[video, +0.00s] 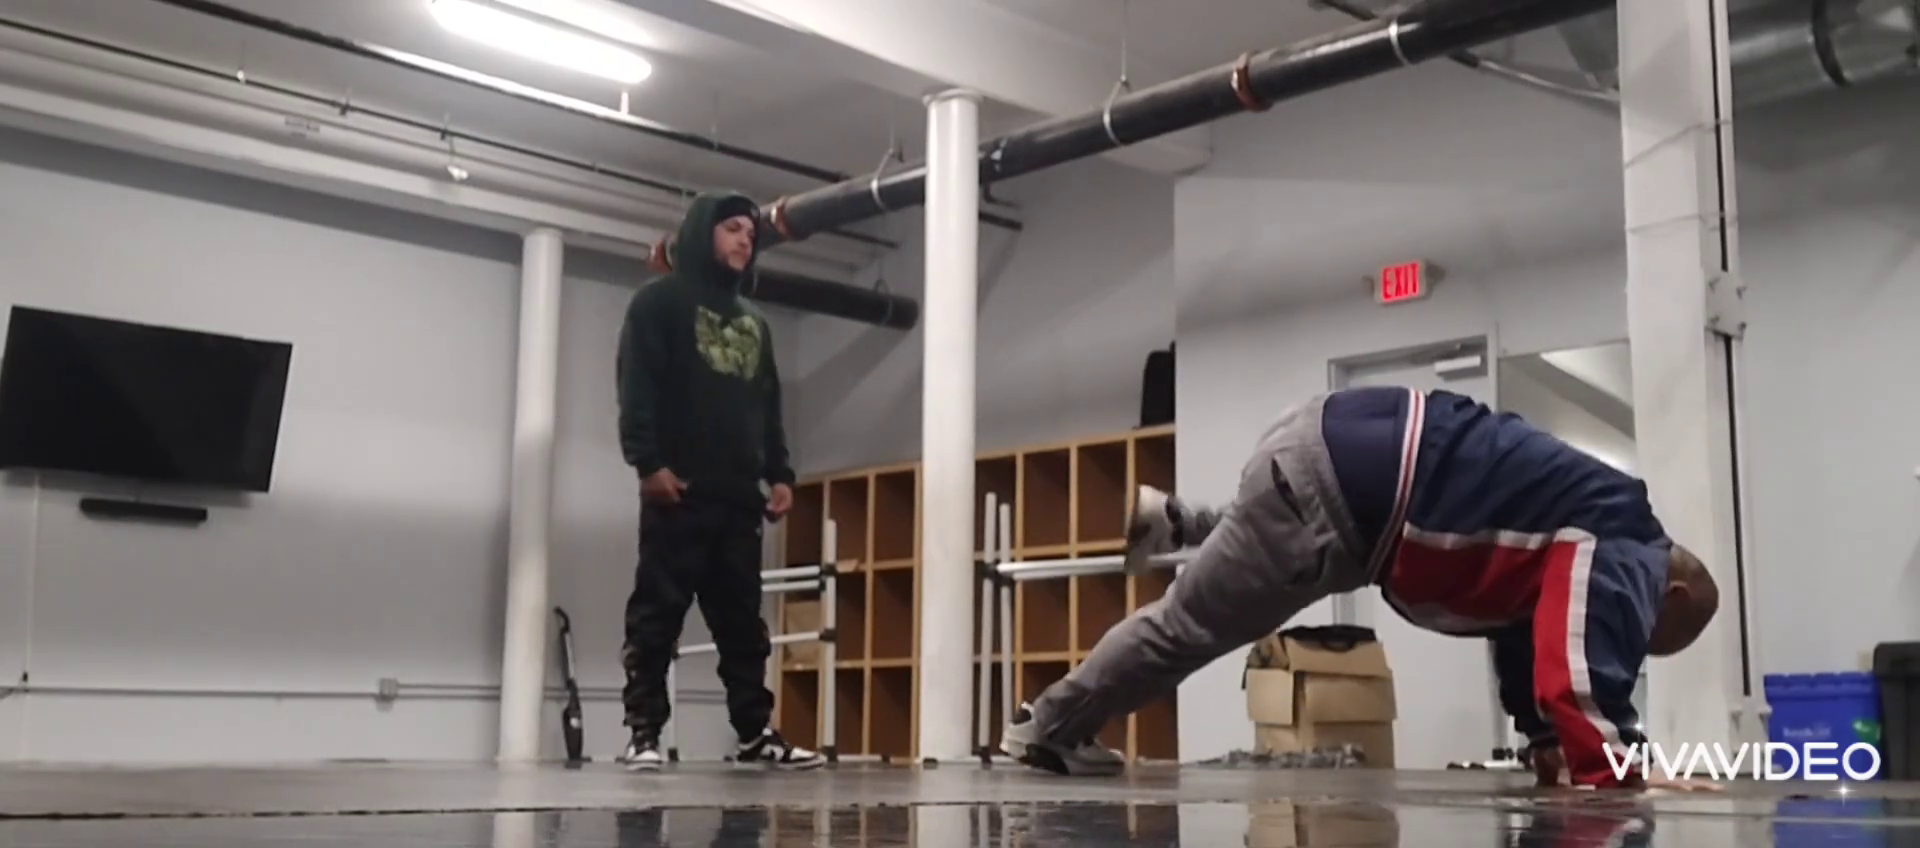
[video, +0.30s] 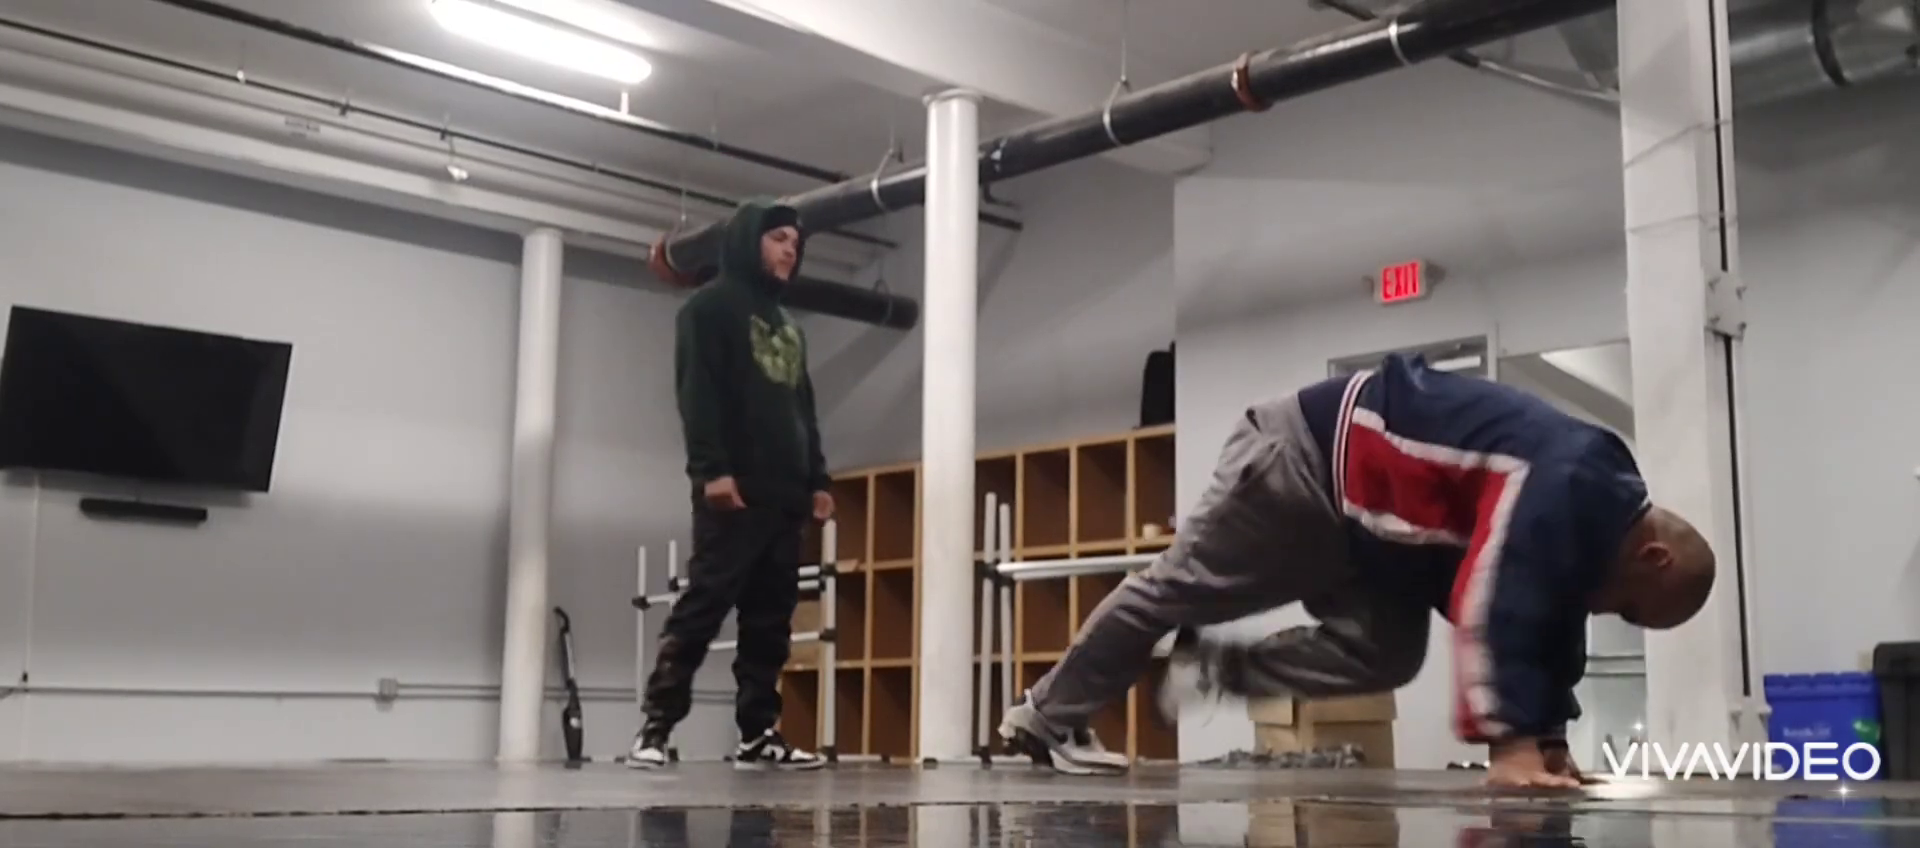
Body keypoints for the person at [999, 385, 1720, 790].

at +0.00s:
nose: (1645, 648)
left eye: (1659, 642)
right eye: (1661, 640)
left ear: (1660, 569)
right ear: (1670, 594)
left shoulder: (1582, 529)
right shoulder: (1627, 550)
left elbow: (1528, 658)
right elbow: (1577, 677)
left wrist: (1554, 752)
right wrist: (1620, 769)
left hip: (1327, 440)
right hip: (1336, 488)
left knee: (1275, 559)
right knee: (1184, 627)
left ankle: (1172, 528)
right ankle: (1051, 727)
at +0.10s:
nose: (1638, 626)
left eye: (1651, 624)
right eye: (1653, 617)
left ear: (1653, 565)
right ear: (1666, 571)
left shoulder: (1585, 540)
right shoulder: (1609, 524)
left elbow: (1539, 661)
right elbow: (1584, 666)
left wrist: (1557, 751)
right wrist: (1623, 763)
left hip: (1377, 533)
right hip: (1330, 466)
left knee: (1361, 615)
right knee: (1180, 607)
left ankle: (1235, 615)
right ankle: (1047, 716)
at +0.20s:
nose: (1620, 611)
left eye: (1632, 613)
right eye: (1636, 602)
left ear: (1637, 551)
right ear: (1650, 555)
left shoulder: (1581, 525)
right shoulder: (1575, 482)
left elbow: (1535, 636)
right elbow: (1562, 620)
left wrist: (1550, 741)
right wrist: (1604, 747)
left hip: (1372, 534)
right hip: (1309, 456)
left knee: (1389, 653)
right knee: (1175, 587)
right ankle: (1043, 718)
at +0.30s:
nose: (1608, 612)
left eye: (1623, 611)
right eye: (1627, 603)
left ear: (1649, 543)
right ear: (1646, 548)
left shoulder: (1600, 513)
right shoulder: (1569, 484)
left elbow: (1555, 627)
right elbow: (1499, 612)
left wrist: (1547, 748)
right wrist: (1511, 748)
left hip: (1375, 535)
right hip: (1309, 458)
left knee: (1385, 656)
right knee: (1177, 590)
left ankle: (1210, 668)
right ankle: (1044, 719)